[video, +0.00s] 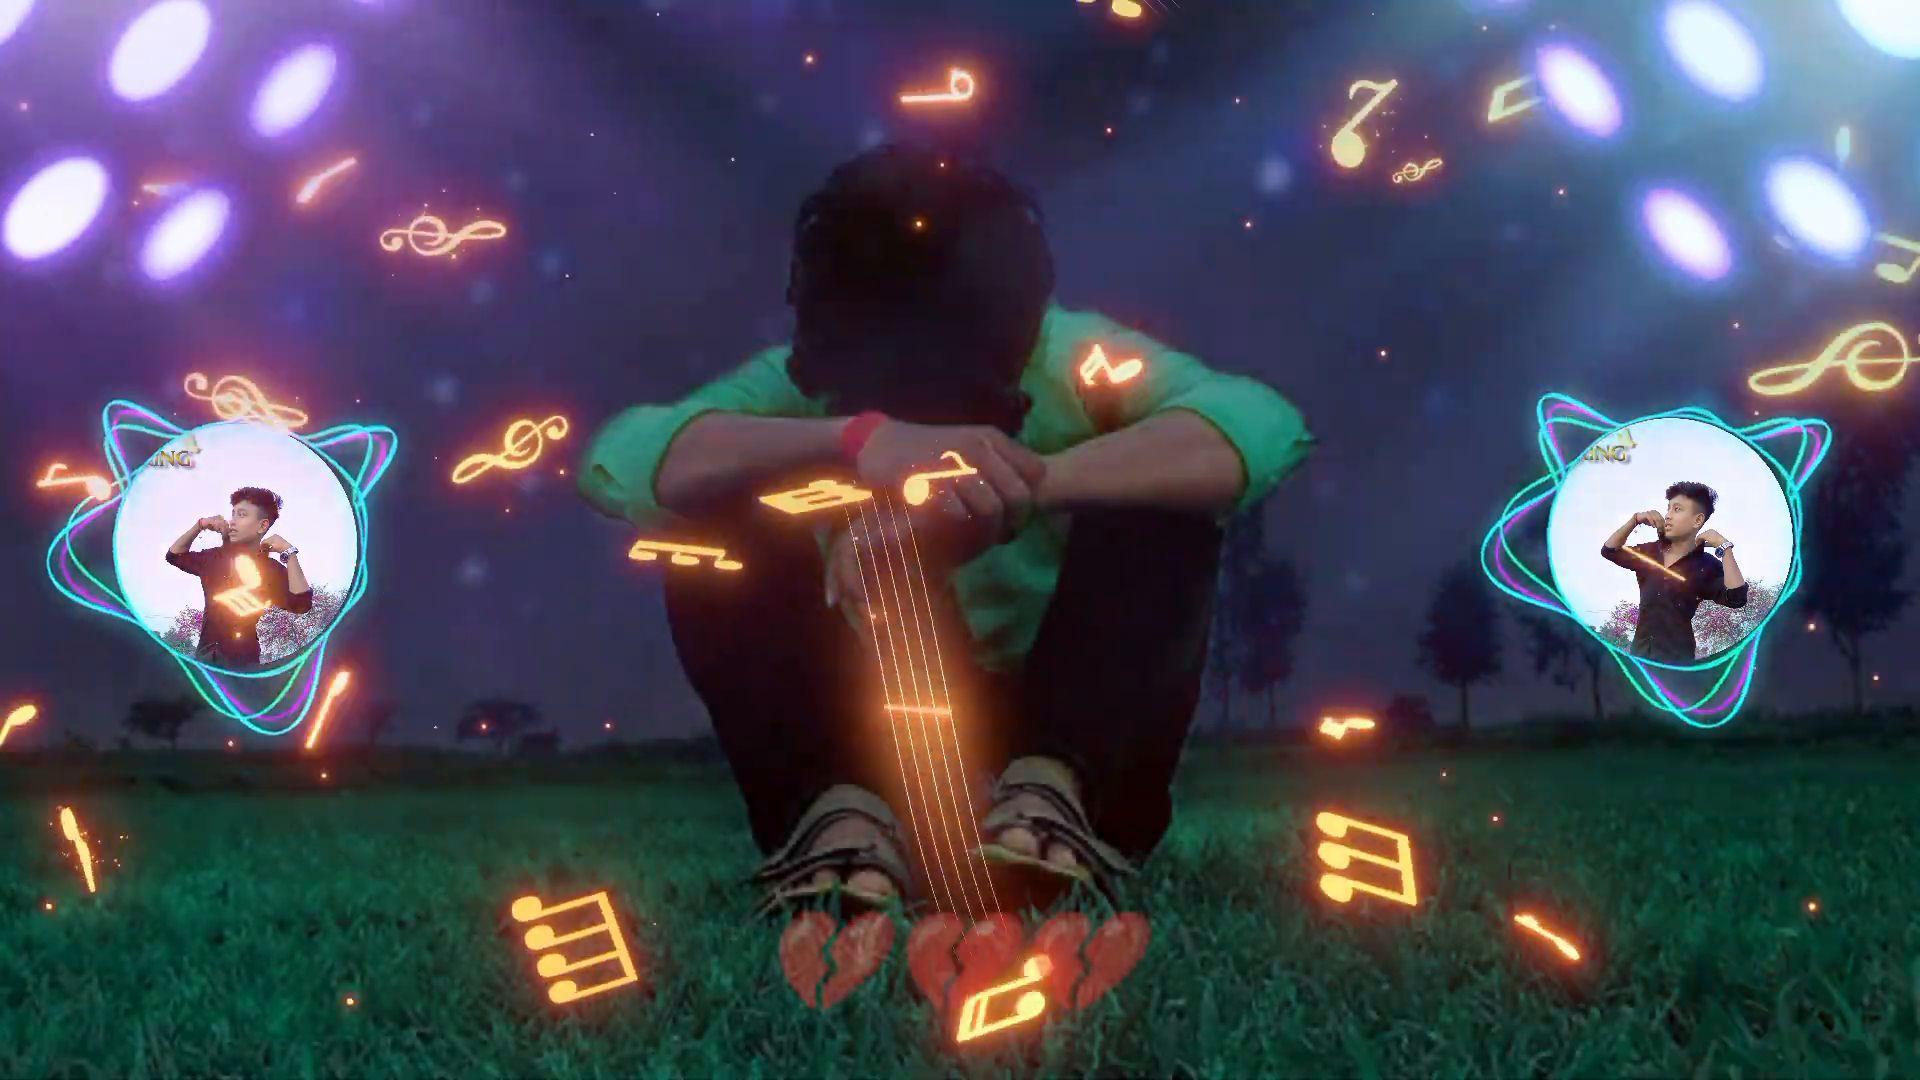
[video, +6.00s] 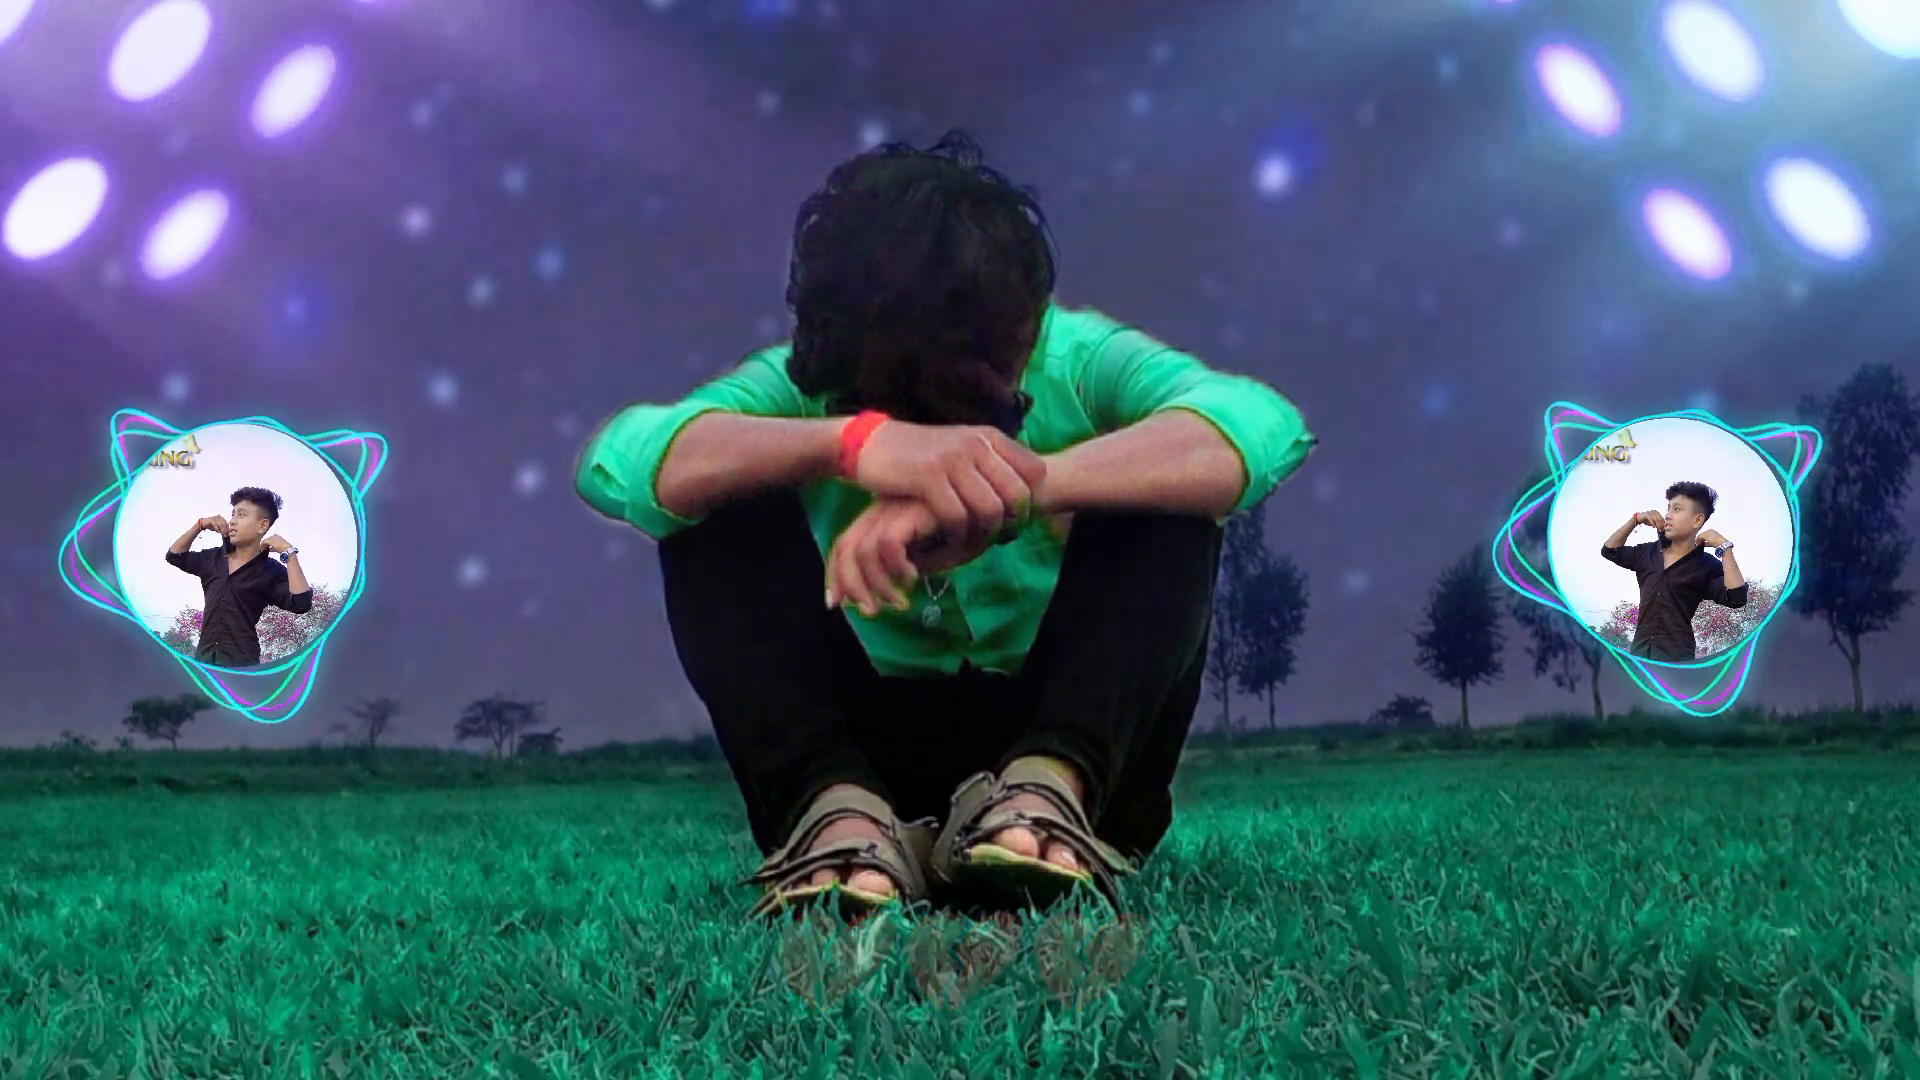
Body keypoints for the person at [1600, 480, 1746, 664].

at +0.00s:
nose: (1667, 515)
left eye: (1677, 509)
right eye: (1668, 509)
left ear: (1698, 520)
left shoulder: (1705, 565)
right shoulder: (1648, 552)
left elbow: (1737, 599)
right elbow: (1609, 551)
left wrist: (1725, 547)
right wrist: (1634, 521)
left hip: (1678, 658)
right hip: (1640, 654)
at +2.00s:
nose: (1667, 515)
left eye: (1677, 509)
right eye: (1668, 508)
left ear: (1698, 519)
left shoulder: (1705, 565)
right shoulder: (1648, 553)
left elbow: (1737, 600)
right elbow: (1609, 551)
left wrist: (1724, 547)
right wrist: (1634, 521)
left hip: (1677, 660)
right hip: (1639, 655)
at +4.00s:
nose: (1667, 515)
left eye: (1677, 509)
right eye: (1668, 509)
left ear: (1698, 520)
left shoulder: (1705, 564)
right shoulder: (1647, 553)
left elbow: (1737, 599)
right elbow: (1609, 551)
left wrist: (1725, 547)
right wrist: (1634, 520)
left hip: (1677, 660)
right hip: (1638, 656)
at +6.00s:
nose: (1667, 515)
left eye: (1677, 509)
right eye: (1668, 508)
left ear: (1698, 520)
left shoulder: (1705, 565)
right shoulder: (1647, 553)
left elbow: (1737, 599)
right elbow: (1609, 551)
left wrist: (1725, 547)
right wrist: (1634, 520)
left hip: (1677, 658)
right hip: (1639, 653)